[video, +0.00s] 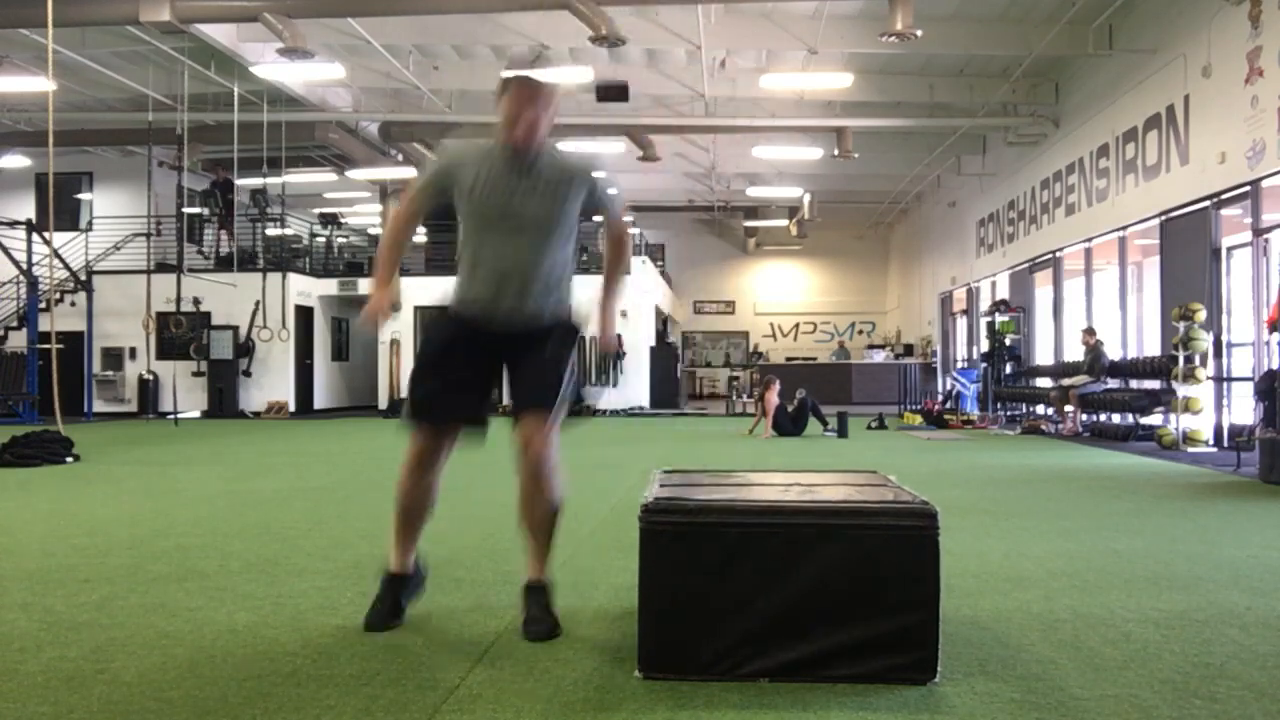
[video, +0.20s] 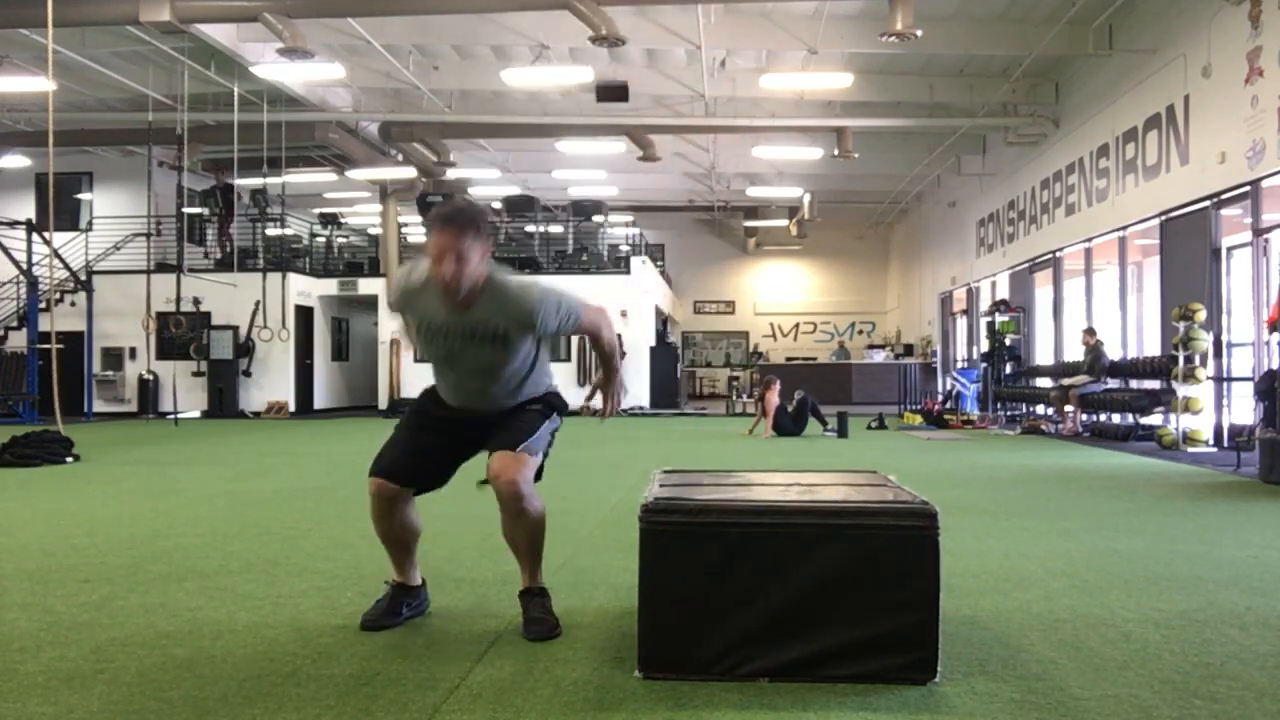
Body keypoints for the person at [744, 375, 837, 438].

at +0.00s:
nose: (779, 387)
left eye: (778, 384)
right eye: (778, 384)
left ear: (767, 385)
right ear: (772, 385)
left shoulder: (765, 396)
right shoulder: (771, 396)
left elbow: (759, 416)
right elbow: (769, 416)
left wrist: (751, 430)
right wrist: (767, 433)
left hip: (785, 430)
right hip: (793, 430)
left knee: (808, 401)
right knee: (806, 401)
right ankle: (826, 426)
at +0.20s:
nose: (779, 387)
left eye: (779, 385)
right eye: (778, 385)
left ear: (767, 386)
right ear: (772, 385)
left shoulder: (764, 396)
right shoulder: (772, 396)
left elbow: (759, 415)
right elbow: (769, 416)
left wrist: (750, 430)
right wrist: (767, 433)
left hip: (784, 430)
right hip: (793, 430)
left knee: (781, 406)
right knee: (806, 400)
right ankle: (826, 426)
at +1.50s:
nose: (779, 387)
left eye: (779, 385)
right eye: (778, 385)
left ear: (767, 385)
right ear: (773, 385)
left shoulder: (765, 396)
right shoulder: (772, 396)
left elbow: (759, 415)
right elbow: (770, 416)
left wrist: (750, 430)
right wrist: (767, 433)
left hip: (785, 430)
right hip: (792, 430)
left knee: (803, 397)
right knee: (806, 400)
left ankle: (825, 424)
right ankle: (826, 426)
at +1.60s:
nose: (779, 387)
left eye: (779, 385)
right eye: (778, 385)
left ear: (767, 385)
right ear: (773, 385)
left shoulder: (765, 396)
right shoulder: (772, 395)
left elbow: (759, 415)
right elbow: (770, 416)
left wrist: (750, 430)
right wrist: (767, 433)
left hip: (785, 430)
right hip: (792, 430)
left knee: (804, 398)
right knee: (806, 400)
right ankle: (826, 426)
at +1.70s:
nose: (779, 387)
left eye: (779, 385)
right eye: (778, 385)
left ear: (767, 385)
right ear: (773, 385)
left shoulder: (765, 396)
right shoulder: (772, 396)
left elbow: (759, 415)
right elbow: (770, 416)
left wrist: (750, 430)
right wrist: (767, 433)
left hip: (784, 430)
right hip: (792, 430)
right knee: (807, 400)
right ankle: (826, 426)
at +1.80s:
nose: (779, 387)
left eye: (779, 384)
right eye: (778, 385)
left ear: (767, 386)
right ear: (773, 385)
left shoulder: (765, 396)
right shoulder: (771, 396)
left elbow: (759, 415)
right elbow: (769, 416)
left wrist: (750, 430)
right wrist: (767, 433)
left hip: (784, 430)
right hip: (792, 431)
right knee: (807, 400)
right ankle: (826, 426)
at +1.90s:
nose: (779, 387)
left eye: (779, 384)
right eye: (778, 385)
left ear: (767, 385)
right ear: (773, 385)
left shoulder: (765, 396)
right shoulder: (771, 396)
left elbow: (759, 415)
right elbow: (769, 416)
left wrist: (750, 430)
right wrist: (767, 433)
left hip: (784, 430)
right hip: (792, 431)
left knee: (782, 407)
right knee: (807, 400)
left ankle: (797, 402)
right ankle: (826, 426)